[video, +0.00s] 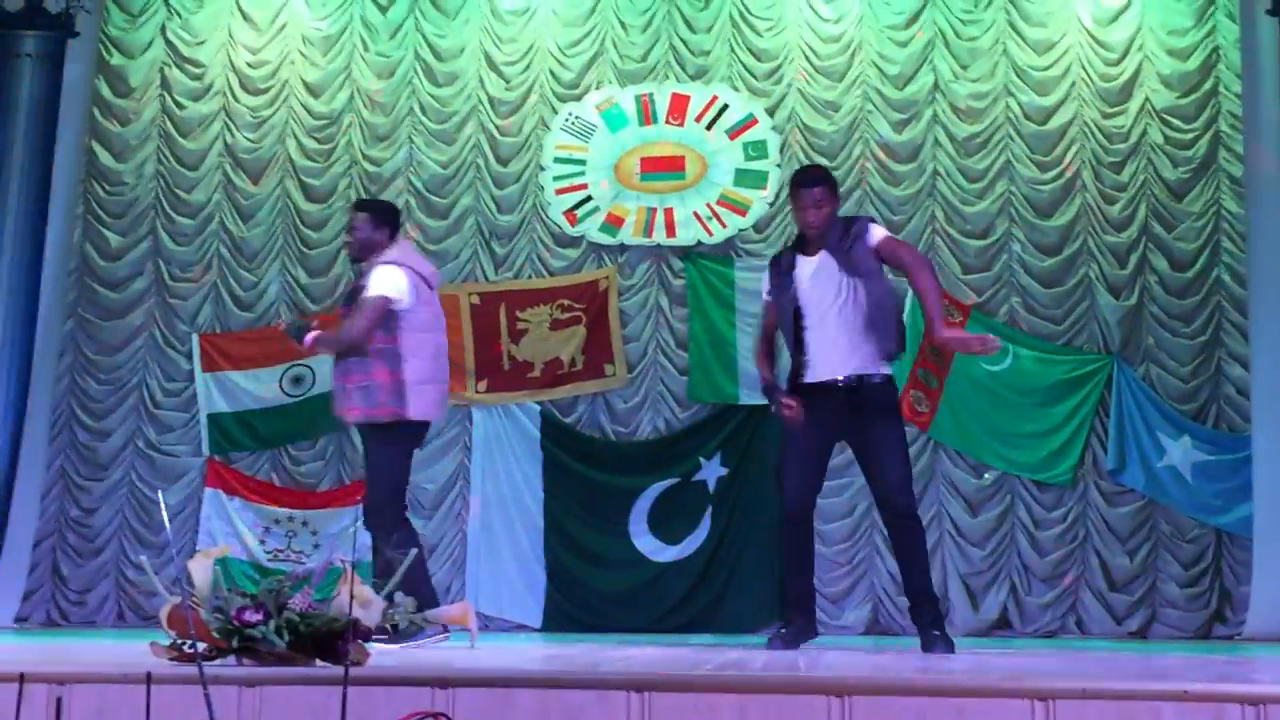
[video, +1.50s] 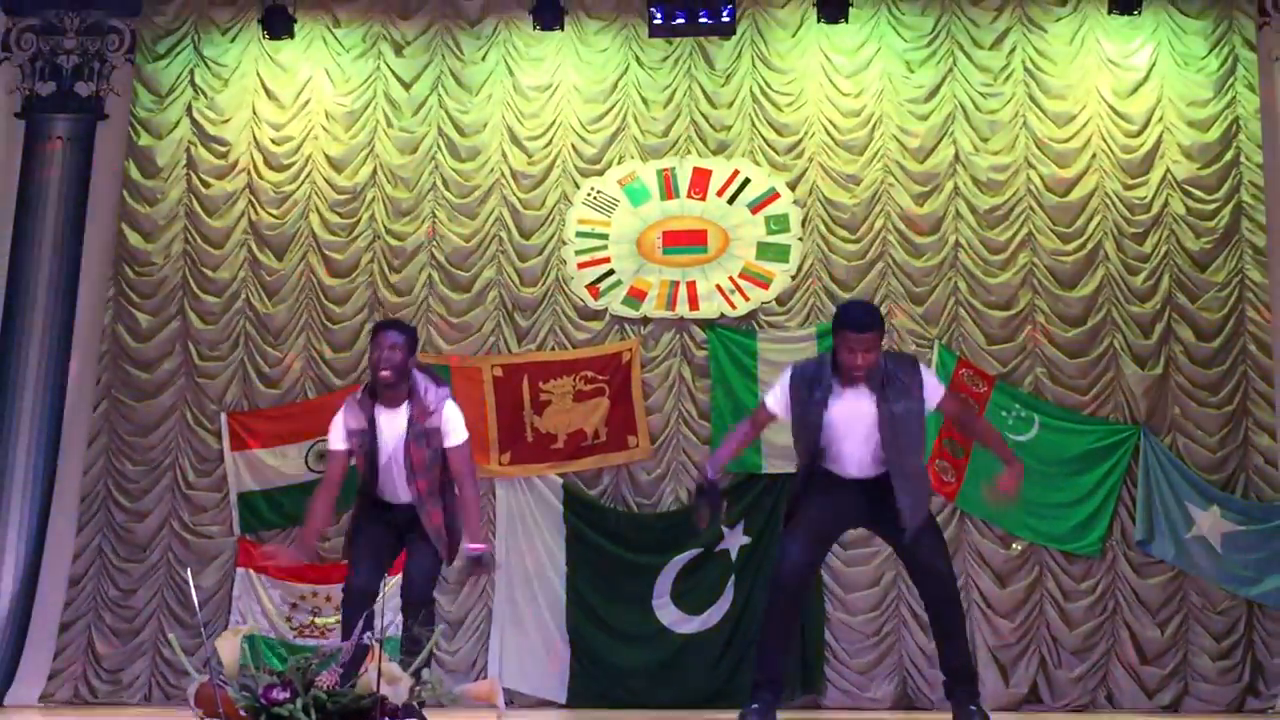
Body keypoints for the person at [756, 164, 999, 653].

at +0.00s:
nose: (814, 212)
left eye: (822, 203)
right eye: (805, 205)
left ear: (835, 204)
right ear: (793, 209)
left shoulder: (860, 235)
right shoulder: (783, 267)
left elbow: (916, 263)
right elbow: (767, 338)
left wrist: (938, 327)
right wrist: (774, 390)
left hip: (872, 396)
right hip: (811, 400)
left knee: (899, 506)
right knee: (795, 506)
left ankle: (929, 625)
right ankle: (799, 621)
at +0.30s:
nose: (809, 217)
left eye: (817, 207)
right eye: (800, 208)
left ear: (832, 204)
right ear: (788, 208)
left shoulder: (863, 243)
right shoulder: (772, 249)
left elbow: (881, 309)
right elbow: (742, 310)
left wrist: (837, 290)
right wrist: (758, 296)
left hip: (849, 394)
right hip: (788, 396)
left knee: (884, 502)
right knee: (756, 502)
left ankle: (916, 619)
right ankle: (723, 621)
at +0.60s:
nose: (834, 238)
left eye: (842, 230)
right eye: (825, 230)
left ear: (854, 231)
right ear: (809, 231)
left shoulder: (880, 279)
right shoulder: (784, 281)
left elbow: (892, 356)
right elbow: (768, 357)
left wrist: (844, 318)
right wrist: (820, 321)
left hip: (862, 418)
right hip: (801, 418)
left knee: (892, 523)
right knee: (771, 521)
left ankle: (930, 643)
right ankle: (739, 643)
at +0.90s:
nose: (847, 263)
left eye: (856, 255)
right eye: (838, 255)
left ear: (869, 256)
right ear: (824, 256)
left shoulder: (895, 298)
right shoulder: (801, 307)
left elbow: (924, 365)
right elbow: (787, 383)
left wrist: (890, 376)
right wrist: (812, 371)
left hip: (882, 448)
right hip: (822, 450)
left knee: (914, 554)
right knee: (791, 555)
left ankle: (951, 674)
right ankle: (762, 675)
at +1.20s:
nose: (865, 306)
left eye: (874, 296)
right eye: (856, 297)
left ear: (887, 294)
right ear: (841, 296)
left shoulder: (911, 329)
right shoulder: (819, 338)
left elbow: (930, 396)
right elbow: (808, 409)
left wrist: (959, 444)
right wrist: (789, 467)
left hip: (898, 473)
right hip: (834, 475)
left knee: (944, 570)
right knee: (800, 569)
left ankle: (967, 694)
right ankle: (768, 691)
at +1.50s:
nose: (859, 360)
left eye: (868, 350)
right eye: (850, 350)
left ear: (881, 346)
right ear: (834, 344)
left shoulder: (909, 376)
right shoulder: (803, 379)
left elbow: (964, 415)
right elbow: (753, 424)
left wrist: (1011, 460)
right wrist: (713, 468)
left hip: (894, 493)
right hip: (826, 492)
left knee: (941, 585)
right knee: (788, 576)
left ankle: (965, 700)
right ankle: (764, 699)